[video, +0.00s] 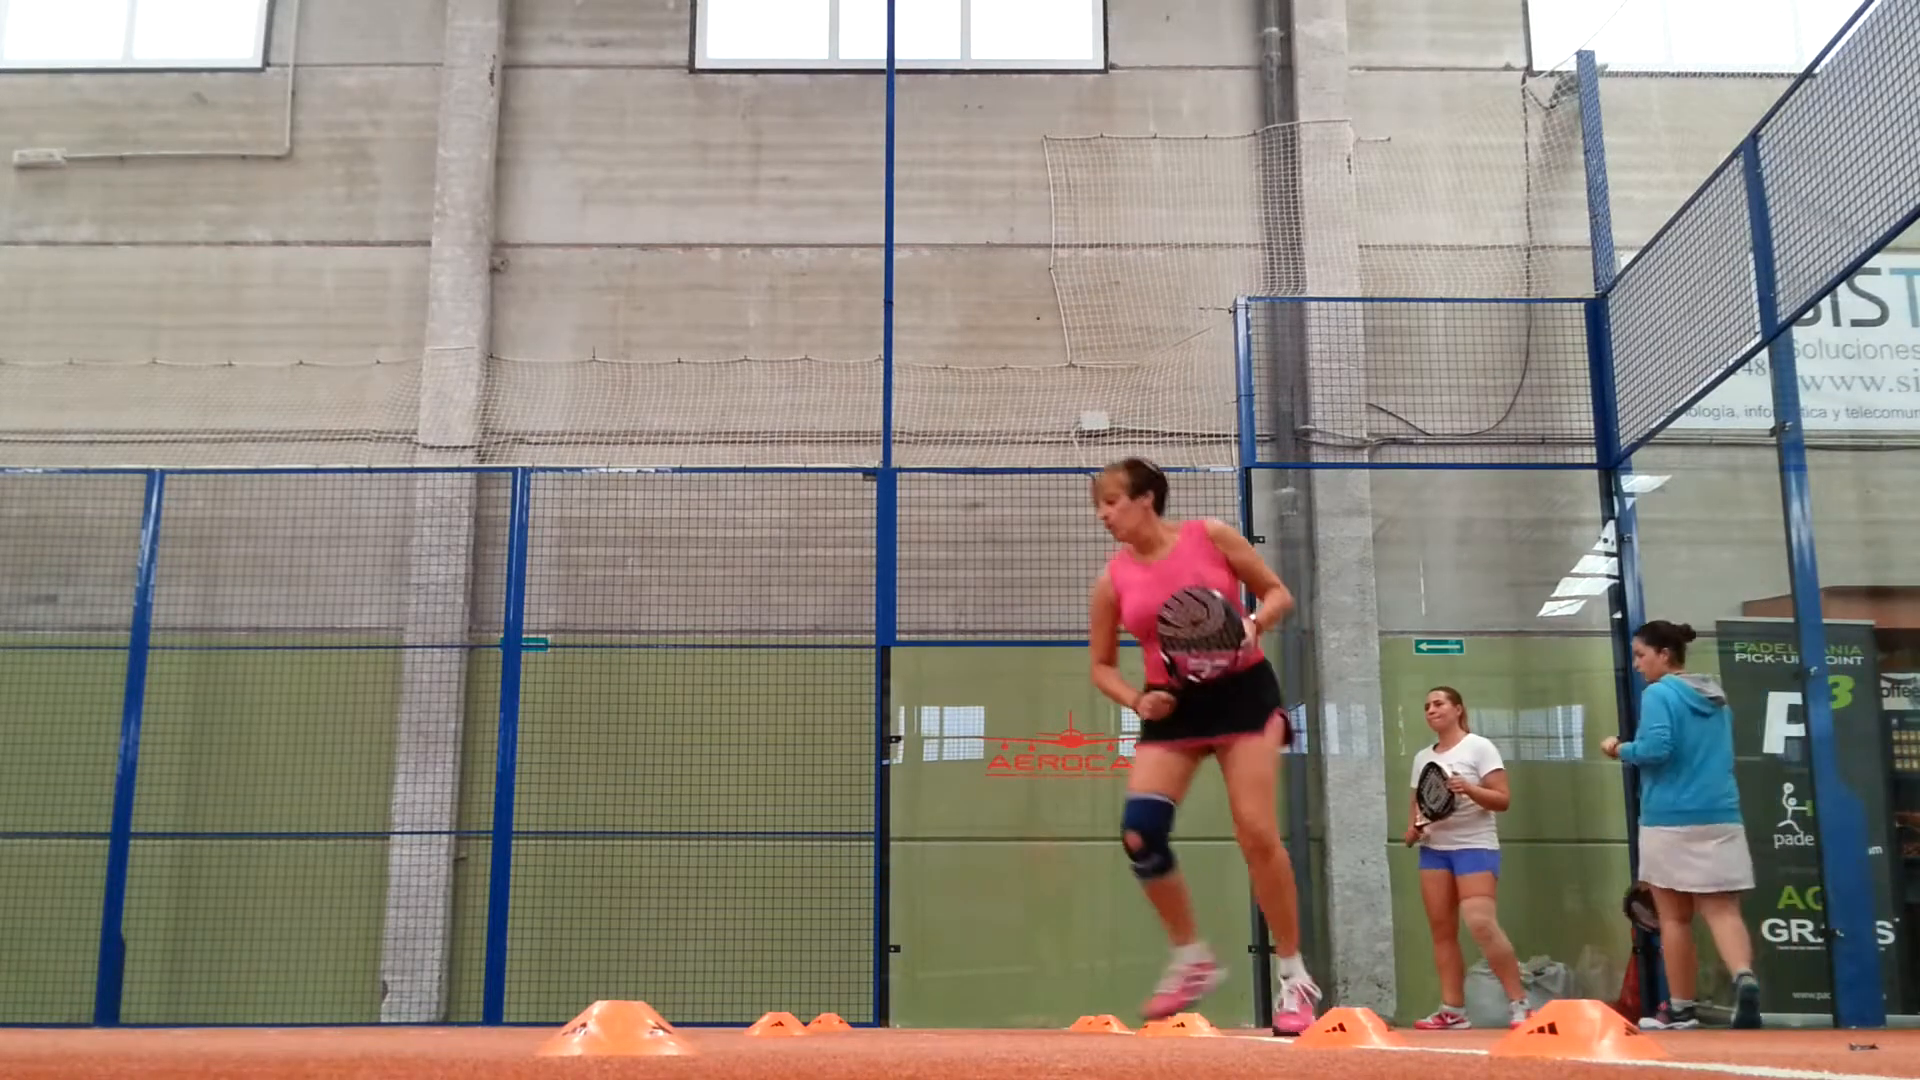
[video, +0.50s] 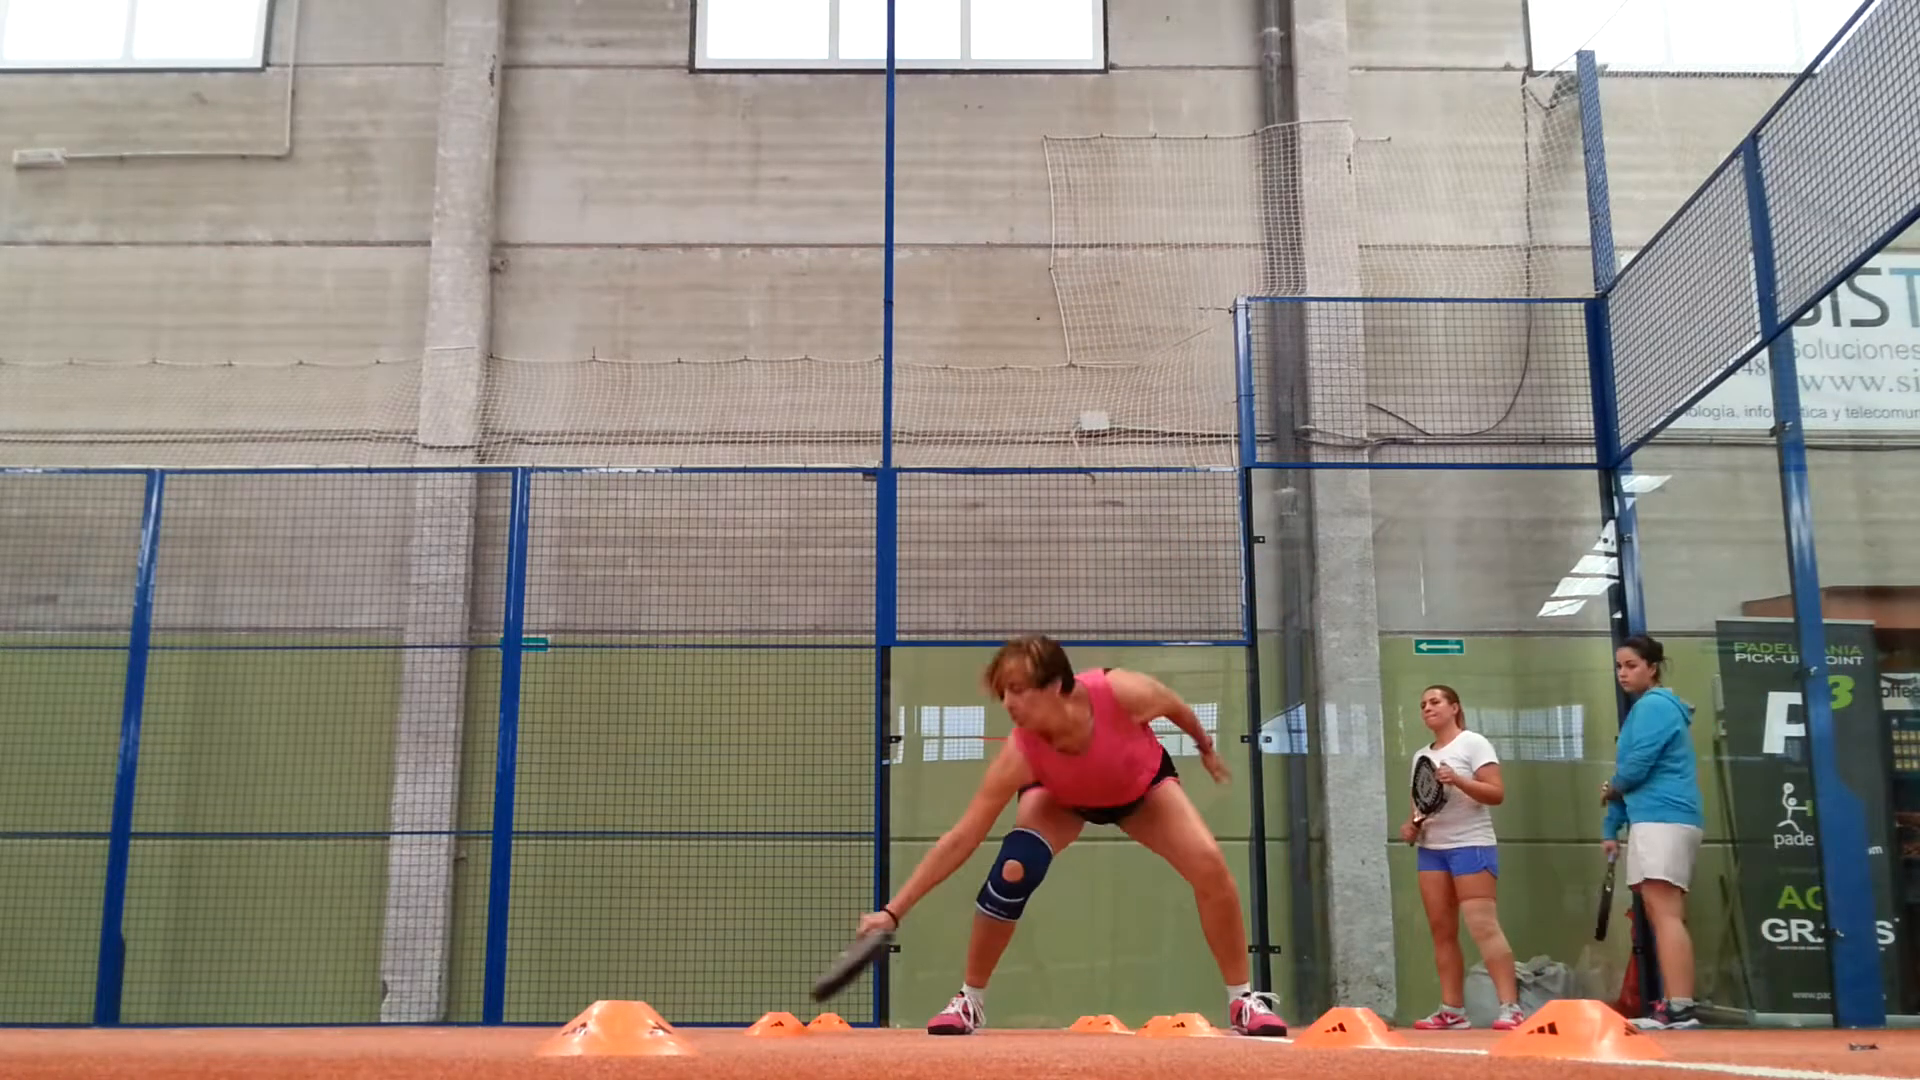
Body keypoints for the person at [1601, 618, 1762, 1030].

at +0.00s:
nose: (1636, 664)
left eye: (1640, 655)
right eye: (1635, 656)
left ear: (1664, 654)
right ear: (1671, 656)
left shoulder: (1659, 692)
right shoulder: (1713, 693)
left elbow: (1657, 748)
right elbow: (1723, 756)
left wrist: (1619, 749)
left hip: (1669, 819)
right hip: (1720, 814)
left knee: (1673, 918)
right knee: (1723, 906)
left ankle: (1681, 1010)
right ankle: (1744, 976)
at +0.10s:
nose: (1628, 666)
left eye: (1633, 657)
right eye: (1626, 658)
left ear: (1658, 655)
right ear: (1664, 658)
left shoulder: (1653, 695)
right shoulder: (1703, 696)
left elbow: (1647, 754)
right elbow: (1706, 754)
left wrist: (1617, 759)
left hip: (1664, 819)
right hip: (1711, 817)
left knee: (1671, 917)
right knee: (1711, 909)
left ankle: (1680, 1010)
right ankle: (1734, 964)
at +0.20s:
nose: (1624, 665)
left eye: (1630, 657)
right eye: (1623, 658)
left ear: (1655, 656)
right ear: (1660, 659)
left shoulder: (1649, 696)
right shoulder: (1692, 696)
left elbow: (1638, 761)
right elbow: (1692, 756)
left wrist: (1620, 771)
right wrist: (1637, 764)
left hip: (1664, 819)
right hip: (1705, 816)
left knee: (1674, 916)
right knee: (1696, 907)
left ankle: (1680, 1010)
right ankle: (1722, 975)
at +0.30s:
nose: (1622, 666)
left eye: (1629, 658)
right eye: (1620, 659)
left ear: (1653, 659)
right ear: (1653, 663)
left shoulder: (1646, 698)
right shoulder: (1679, 696)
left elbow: (1633, 760)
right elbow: (1670, 759)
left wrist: (1618, 780)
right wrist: (1629, 778)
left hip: (1663, 815)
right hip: (1694, 813)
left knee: (1671, 914)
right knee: (1681, 911)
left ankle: (1681, 1006)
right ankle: (1702, 999)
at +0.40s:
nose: (1621, 670)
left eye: (1628, 662)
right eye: (1618, 663)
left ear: (1653, 663)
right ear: (1643, 666)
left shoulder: (1649, 702)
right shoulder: (1667, 701)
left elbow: (1630, 765)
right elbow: (1650, 776)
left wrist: (1616, 783)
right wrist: (1631, 830)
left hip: (1663, 817)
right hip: (1678, 816)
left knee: (1669, 914)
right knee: (1674, 915)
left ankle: (1681, 1008)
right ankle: (1683, 1006)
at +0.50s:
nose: (1622, 673)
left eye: (1630, 665)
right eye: (1620, 667)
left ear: (1652, 668)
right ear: (1622, 671)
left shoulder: (1656, 705)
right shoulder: (1645, 708)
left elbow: (1636, 766)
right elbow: (1623, 776)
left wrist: (1612, 787)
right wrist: (1611, 830)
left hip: (1663, 819)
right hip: (1660, 819)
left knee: (1665, 914)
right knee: (1666, 915)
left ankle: (1678, 1008)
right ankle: (1674, 1006)